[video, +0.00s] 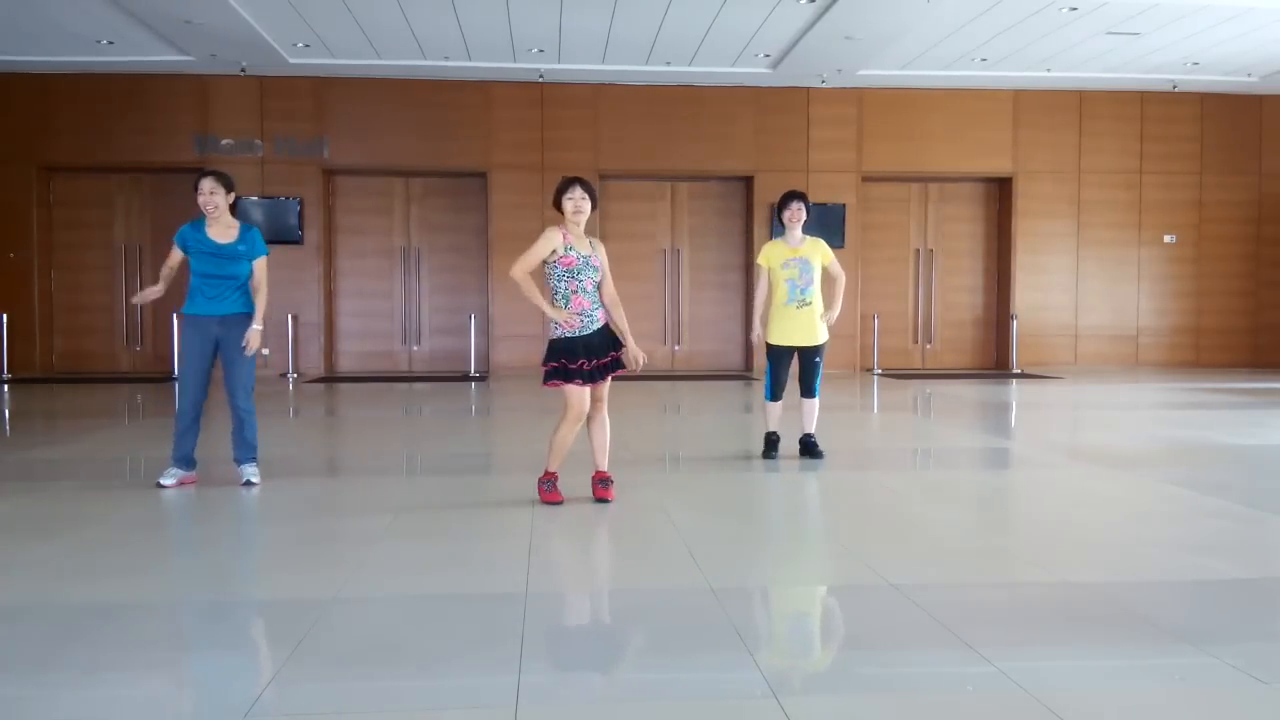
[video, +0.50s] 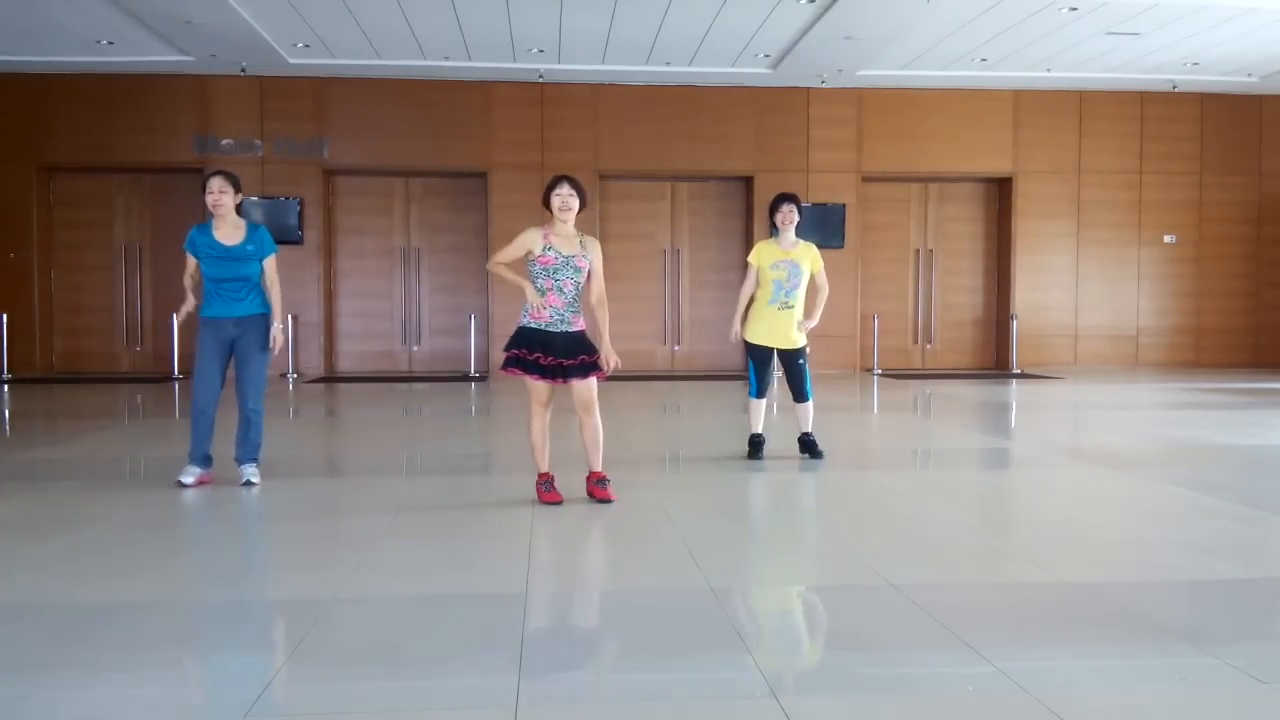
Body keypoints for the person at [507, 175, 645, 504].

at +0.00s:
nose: (578, 203)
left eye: (583, 198)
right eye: (570, 198)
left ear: (592, 205)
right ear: (560, 205)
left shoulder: (597, 247)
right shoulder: (554, 237)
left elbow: (610, 296)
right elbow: (518, 271)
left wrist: (629, 342)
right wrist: (547, 308)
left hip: (601, 334)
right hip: (567, 336)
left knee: (599, 406)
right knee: (577, 409)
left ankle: (602, 476)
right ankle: (549, 477)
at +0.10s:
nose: (575, 201)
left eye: (581, 196)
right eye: (568, 197)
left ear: (589, 203)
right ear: (558, 204)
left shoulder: (594, 245)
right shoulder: (552, 235)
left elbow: (606, 294)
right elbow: (512, 266)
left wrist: (624, 340)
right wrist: (547, 300)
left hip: (593, 333)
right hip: (561, 335)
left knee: (596, 404)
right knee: (570, 406)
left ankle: (600, 476)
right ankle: (548, 478)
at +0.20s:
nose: (572, 200)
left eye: (578, 195)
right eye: (565, 195)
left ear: (587, 202)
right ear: (555, 203)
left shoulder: (591, 244)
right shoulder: (547, 235)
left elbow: (603, 294)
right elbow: (505, 263)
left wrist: (619, 338)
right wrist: (544, 292)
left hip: (585, 332)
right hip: (553, 333)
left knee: (593, 401)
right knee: (563, 404)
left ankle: (598, 476)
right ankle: (546, 478)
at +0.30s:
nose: (569, 200)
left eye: (575, 195)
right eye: (562, 195)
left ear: (585, 202)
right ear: (552, 202)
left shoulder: (590, 244)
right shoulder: (543, 235)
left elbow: (600, 295)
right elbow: (499, 263)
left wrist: (614, 339)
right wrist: (538, 288)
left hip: (580, 332)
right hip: (547, 332)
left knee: (593, 400)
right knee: (554, 403)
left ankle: (597, 476)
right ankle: (546, 478)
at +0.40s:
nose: (567, 200)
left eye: (573, 195)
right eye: (560, 195)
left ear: (582, 202)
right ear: (550, 202)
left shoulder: (590, 245)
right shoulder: (538, 236)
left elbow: (599, 296)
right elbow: (495, 263)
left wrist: (609, 341)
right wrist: (531, 286)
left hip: (577, 333)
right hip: (542, 332)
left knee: (592, 402)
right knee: (546, 404)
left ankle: (597, 476)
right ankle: (544, 477)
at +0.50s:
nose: (565, 200)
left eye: (570, 196)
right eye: (558, 196)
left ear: (580, 203)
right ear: (548, 203)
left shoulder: (590, 245)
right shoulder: (534, 237)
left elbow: (598, 298)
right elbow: (494, 264)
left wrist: (605, 343)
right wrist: (526, 285)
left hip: (574, 333)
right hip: (537, 332)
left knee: (589, 405)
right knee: (541, 404)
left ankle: (597, 477)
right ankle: (544, 477)